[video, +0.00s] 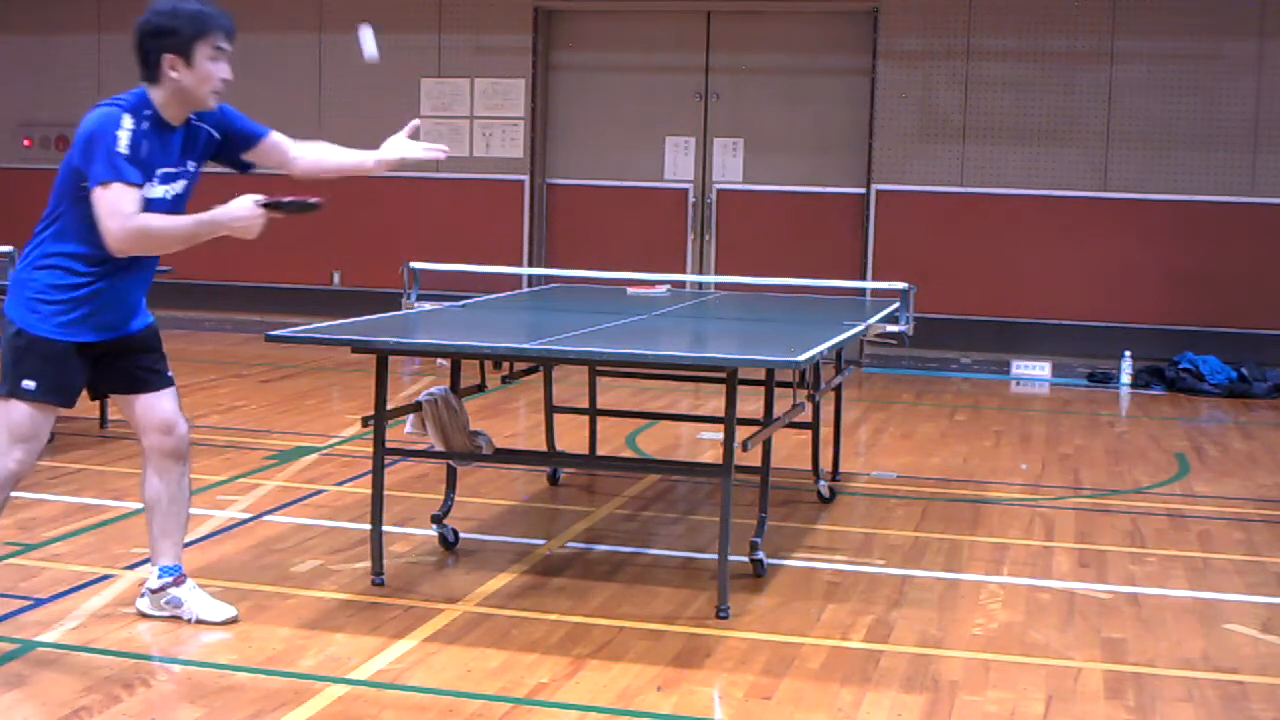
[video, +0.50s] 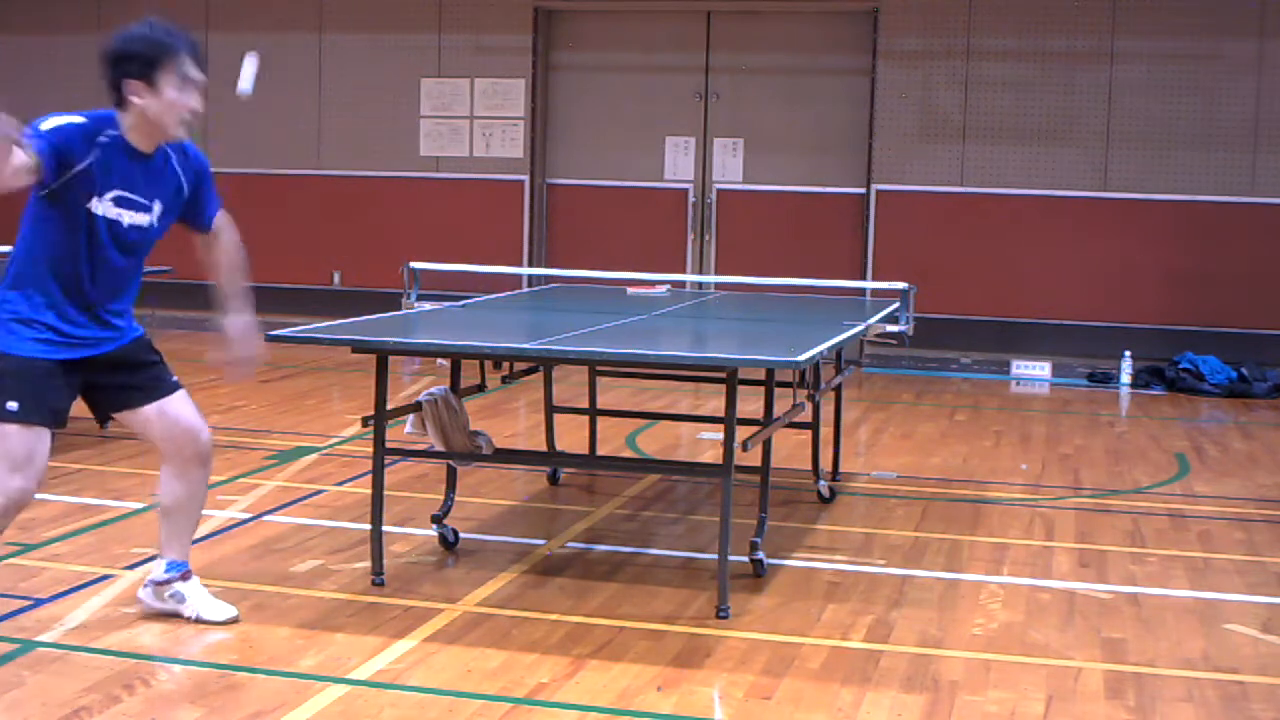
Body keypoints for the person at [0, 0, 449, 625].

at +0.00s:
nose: (227, 73)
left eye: (228, 59)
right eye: (216, 58)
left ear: (182, 66)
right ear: (170, 63)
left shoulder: (208, 123)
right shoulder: (112, 125)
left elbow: (293, 157)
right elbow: (123, 234)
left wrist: (380, 157)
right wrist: (221, 220)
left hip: (122, 311)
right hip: (47, 311)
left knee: (168, 436)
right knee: (15, 454)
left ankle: (166, 582)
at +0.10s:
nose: (206, 57)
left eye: (203, 44)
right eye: (192, 44)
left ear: (165, 58)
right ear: (148, 57)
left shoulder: (192, 116)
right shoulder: (95, 122)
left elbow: (281, 145)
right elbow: (89, 229)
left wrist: (366, 156)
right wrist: (190, 229)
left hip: (116, 311)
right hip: (39, 311)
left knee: (166, 436)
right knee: (12, 452)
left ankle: (165, 582)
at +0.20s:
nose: (186, 49)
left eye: (183, 35)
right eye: (172, 37)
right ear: (128, 53)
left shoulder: (181, 113)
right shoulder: (80, 115)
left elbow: (271, 147)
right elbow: (44, 211)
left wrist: (358, 166)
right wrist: (151, 235)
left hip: (110, 312)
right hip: (32, 311)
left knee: (164, 438)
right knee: (10, 454)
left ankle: (165, 582)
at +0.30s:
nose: (176, 53)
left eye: (173, 39)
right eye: (161, 41)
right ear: (117, 56)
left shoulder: (178, 120)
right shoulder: (65, 120)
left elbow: (263, 163)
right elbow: (7, 191)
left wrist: (342, 201)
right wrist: (73, 204)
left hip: (111, 313)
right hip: (30, 317)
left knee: (167, 439)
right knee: (9, 463)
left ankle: (164, 581)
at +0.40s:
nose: (177, 72)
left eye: (174, 57)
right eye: (161, 59)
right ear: (116, 73)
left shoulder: (179, 138)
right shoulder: (62, 128)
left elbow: (252, 197)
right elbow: (9, 186)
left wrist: (306, 250)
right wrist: (8, 164)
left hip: (111, 324)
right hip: (29, 323)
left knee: (177, 445)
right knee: (13, 473)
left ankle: (166, 582)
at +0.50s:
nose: (197, 103)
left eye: (197, 88)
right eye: (183, 87)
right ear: (136, 92)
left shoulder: (186, 166)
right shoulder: (74, 136)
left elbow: (219, 234)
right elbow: (9, 174)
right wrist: (14, 154)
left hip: (110, 331)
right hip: (30, 328)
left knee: (191, 441)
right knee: (16, 483)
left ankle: (169, 578)